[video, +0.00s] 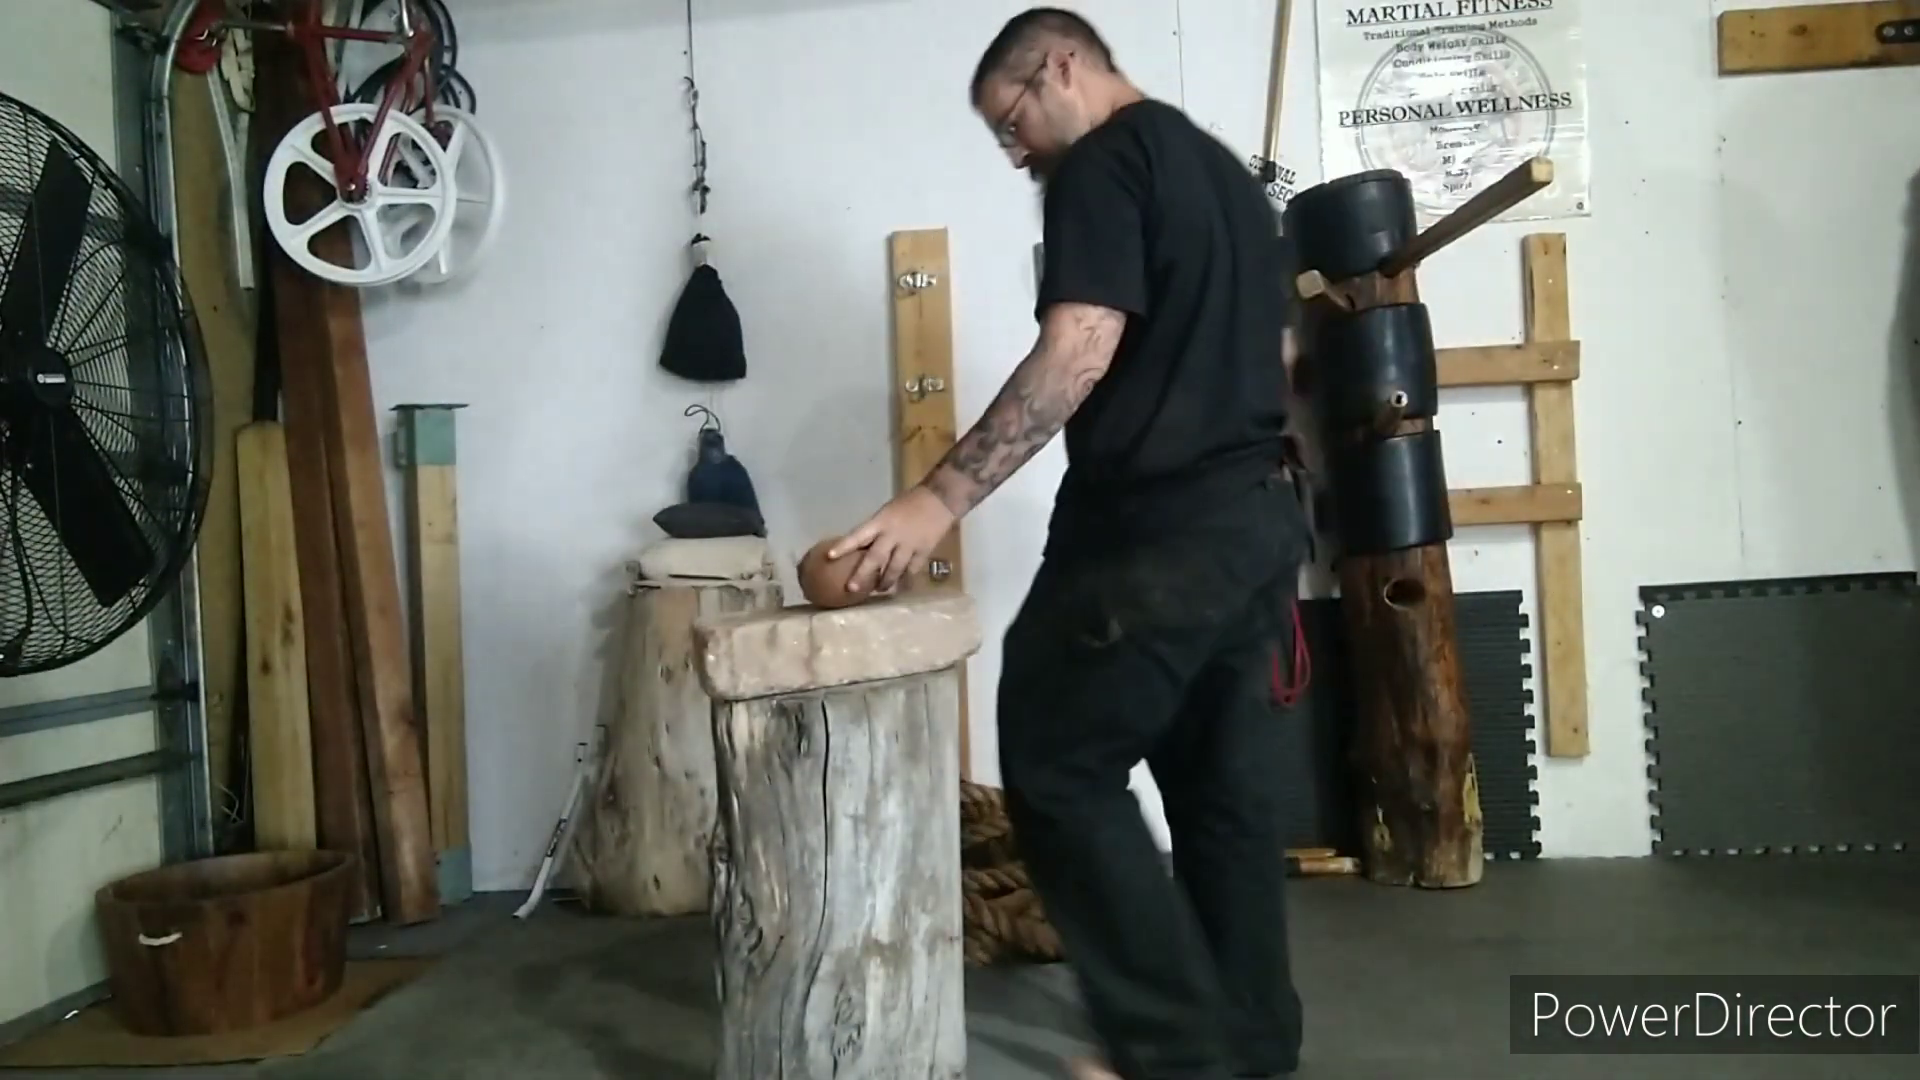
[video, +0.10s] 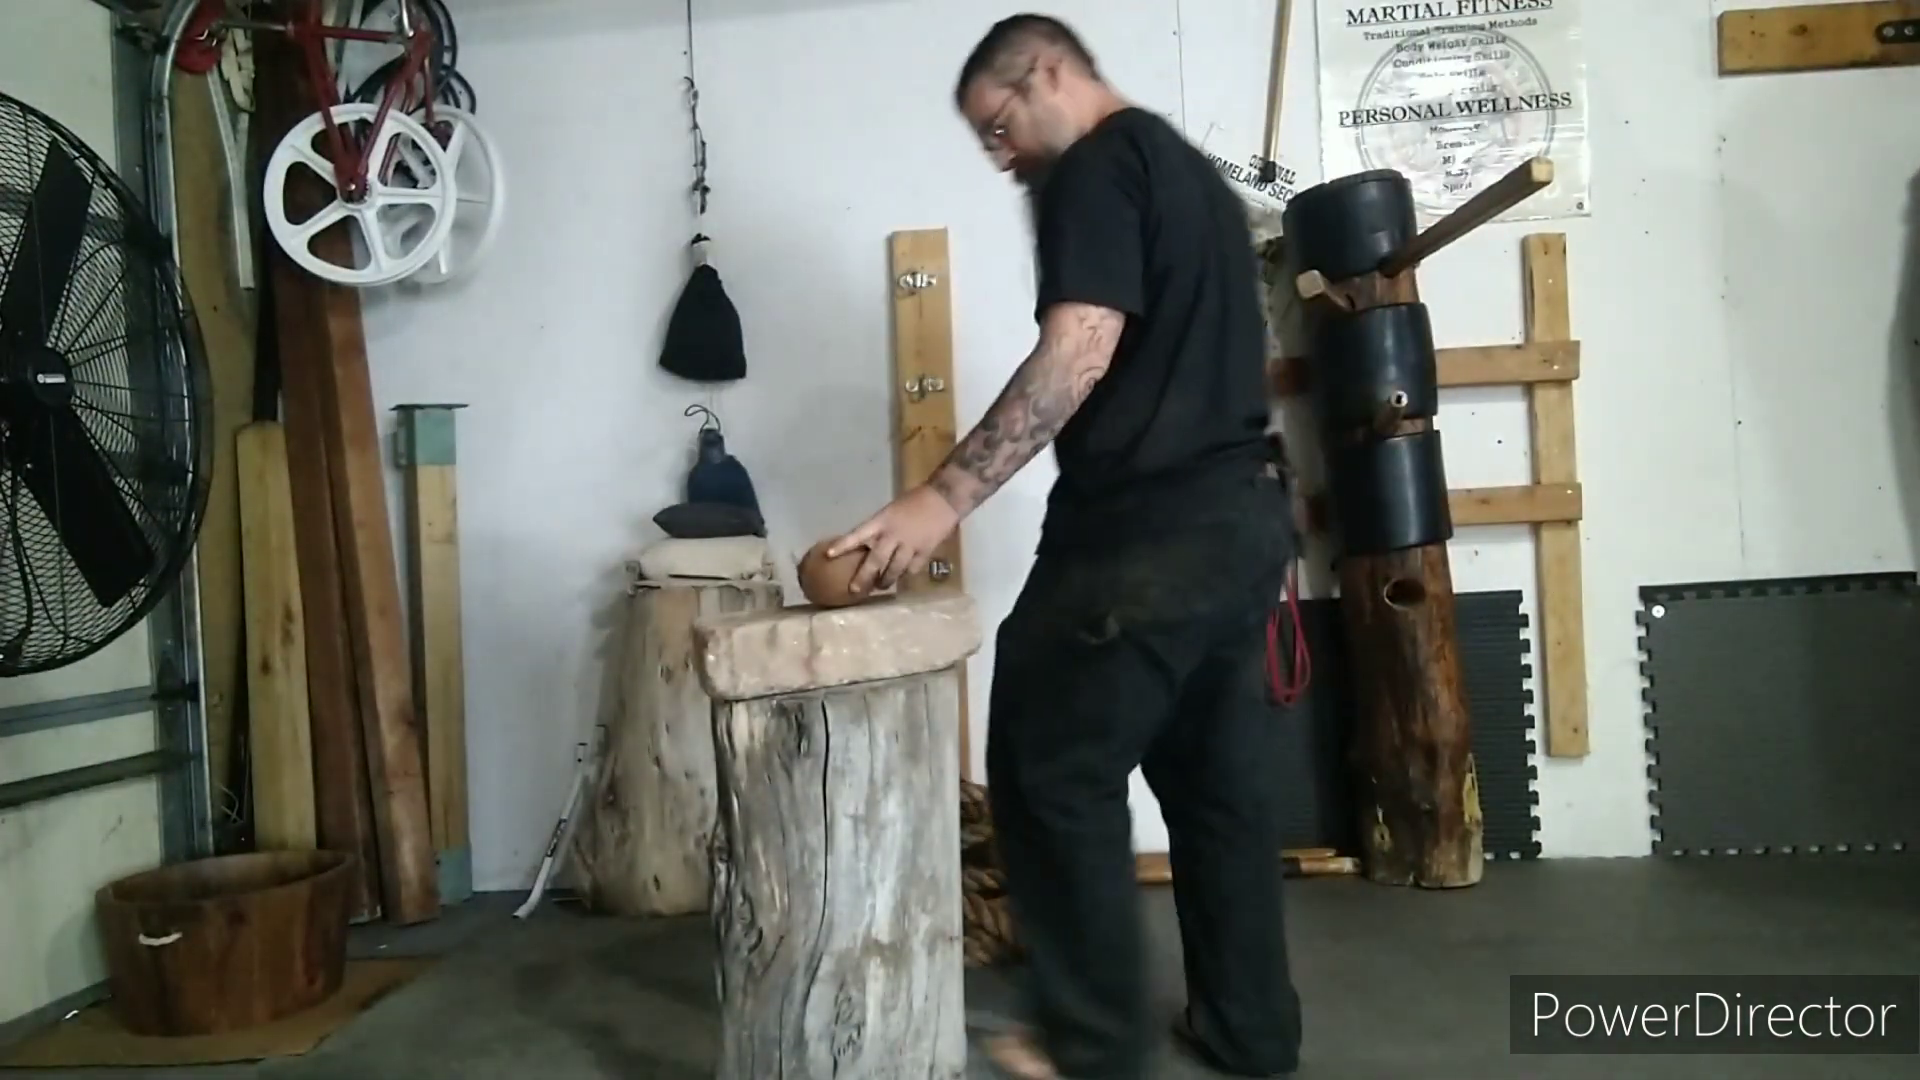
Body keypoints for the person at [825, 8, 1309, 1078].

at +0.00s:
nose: (1013, 152)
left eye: (1010, 121)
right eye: (1001, 135)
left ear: (1063, 68)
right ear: (1082, 71)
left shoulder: (1102, 162)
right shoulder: (1225, 170)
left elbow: (1076, 351)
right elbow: (1270, 353)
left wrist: (935, 502)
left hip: (1146, 524)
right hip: (1250, 514)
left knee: (1054, 764)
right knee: (1224, 804)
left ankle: (1173, 1041)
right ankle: (1258, 1045)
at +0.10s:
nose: (996, 152)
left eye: (996, 122)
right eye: (984, 136)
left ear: (1055, 73)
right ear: (1066, 79)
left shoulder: (1094, 167)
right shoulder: (1188, 167)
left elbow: (1077, 349)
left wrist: (941, 499)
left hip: (1140, 522)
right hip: (1235, 510)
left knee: (1047, 765)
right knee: (1218, 790)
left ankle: (1094, 1031)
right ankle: (1251, 1031)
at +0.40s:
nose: (914, 178)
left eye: (916, 149)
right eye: (902, 162)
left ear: (973, 100)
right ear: (966, 111)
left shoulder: (1034, 199)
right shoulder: (1051, 191)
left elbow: (1062, 376)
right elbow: (1056, 381)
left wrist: (952, 523)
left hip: (1068, 551)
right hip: (1117, 536)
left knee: (1014, 808)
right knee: (1122, 771)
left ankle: (1011, 1046)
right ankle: (1244, 1014)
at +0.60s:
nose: (867, 180)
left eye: (868, 152)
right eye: (854, 163)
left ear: (922, 98)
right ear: (916, 107)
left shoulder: (1004, 198)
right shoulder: (972, 205)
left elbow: (1040, 382)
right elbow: (983, 383)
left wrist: (932, 523)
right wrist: (917, 532)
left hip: (1022, 549)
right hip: (997, 548)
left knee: (996, 791)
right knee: (1008, 767)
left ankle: (1012, 1045)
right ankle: (1148, 945)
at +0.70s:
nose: (849, 176)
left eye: (851, 147)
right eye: (834, 160)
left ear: (908, 99)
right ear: (891, 116)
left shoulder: (995, 202)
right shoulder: (933, 216)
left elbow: (1029, 385)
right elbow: (930, 379)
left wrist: (931, 521)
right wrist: (893, 530)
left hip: (992, 555)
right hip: (938, 552)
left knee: (991, 820)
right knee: (939, 815)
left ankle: (1013, 1050)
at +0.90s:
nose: (824, 176)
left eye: (832, 147)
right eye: (807, 160)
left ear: (886, 105)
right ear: (803, 140)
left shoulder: (971, 212)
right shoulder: (861, 225)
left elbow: (1014, 388)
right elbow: (871, 396)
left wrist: (931, 525)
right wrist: (826, 528)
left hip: (963, 556)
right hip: (870, 555)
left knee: (979, 819)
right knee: (885, 815)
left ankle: (1015, 1051)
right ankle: (894, 1045)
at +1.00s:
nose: (807, 182)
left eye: (819, 154)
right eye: (786, 164)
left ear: (864, 111)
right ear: (770, 148)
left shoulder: (944, 230)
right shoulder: (817, 234)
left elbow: (995, 399)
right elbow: (821, 404)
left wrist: (927, 526)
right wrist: (782, 530)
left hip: (924, 564)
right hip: (814, 559)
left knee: (954, 808)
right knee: (795, 793)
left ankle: (1014, 1042)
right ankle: (755, 983)